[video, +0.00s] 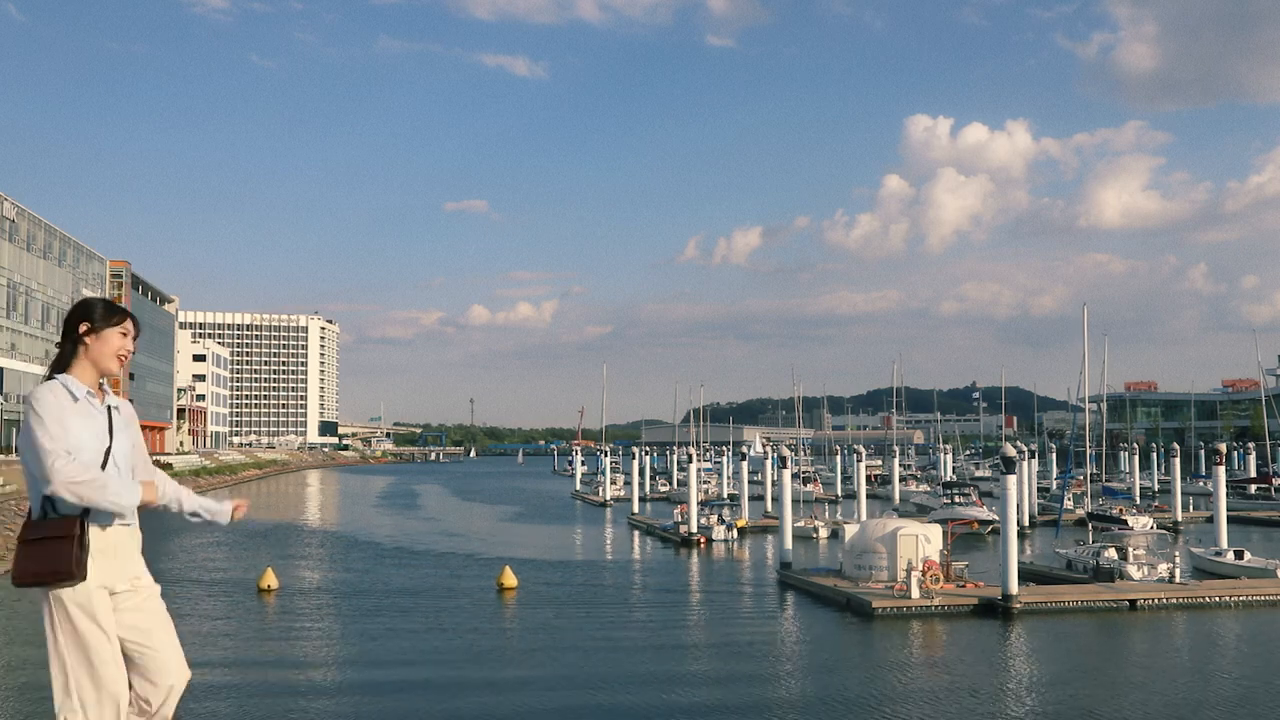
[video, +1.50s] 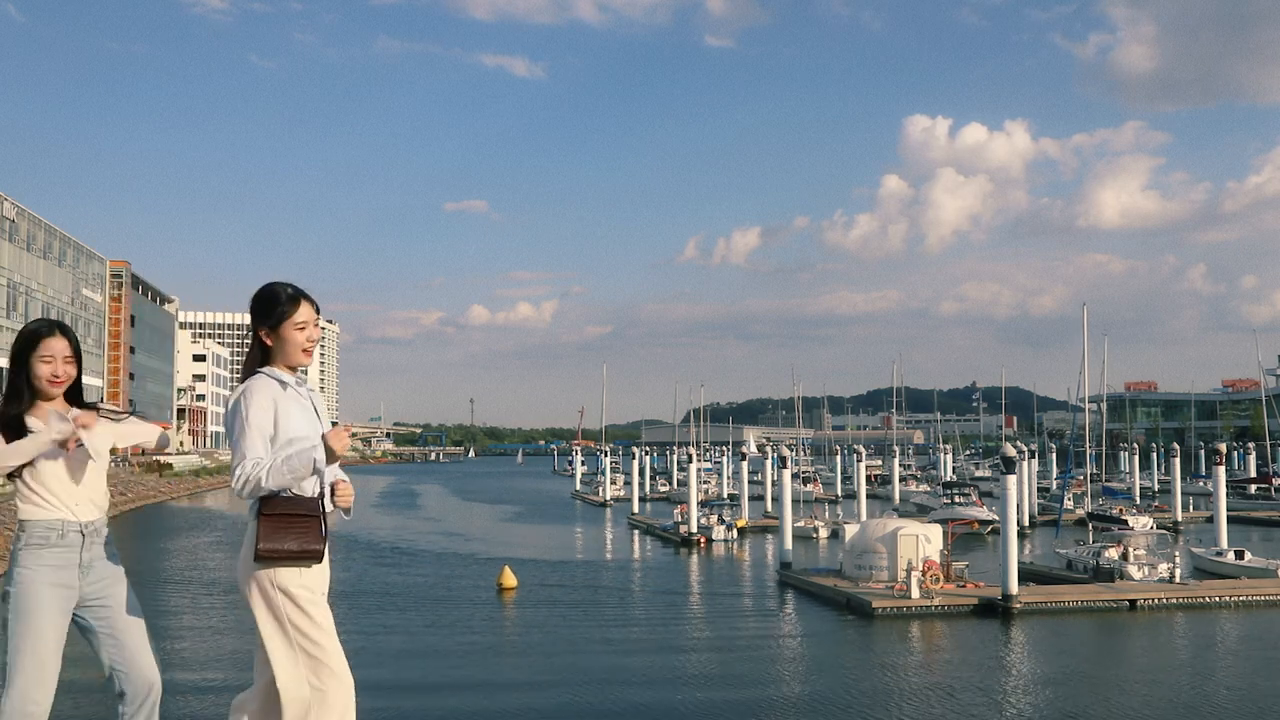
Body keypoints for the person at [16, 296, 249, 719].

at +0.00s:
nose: (130, 349)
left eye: (132, 341)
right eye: (122, 335)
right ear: (86, 333)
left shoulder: (121, 409)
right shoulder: (47, 398)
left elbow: (149, 481)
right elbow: (60, 479)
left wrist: (219, 509)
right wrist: (136, 493)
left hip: (126, 555)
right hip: (76, 556)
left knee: (168, 676)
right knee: (99, 696)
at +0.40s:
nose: (189, 341)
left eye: (190, 332)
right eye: (180, 329)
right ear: (145, 331)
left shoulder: (178, 408)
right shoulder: (118, 396)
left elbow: (195, 498)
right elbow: (124, 478)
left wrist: (259, 475)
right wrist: (191, 472)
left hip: (189, 552)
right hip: (142, 553)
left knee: (219, 685)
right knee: (133, 695)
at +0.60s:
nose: (218, 335)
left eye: (219, 325)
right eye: (209, 323)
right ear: (175, 326)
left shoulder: (207, 398)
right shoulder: (154, 388)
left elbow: (221, 490)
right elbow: (157, 472)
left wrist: (285, 477)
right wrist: (231, 464)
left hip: (216, 537)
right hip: (173, 536)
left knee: (231, 682)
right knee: (148, 681)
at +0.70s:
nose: (230, 344)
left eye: (231, 333)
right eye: (221, 332)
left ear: (196, 339)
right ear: (187, 337)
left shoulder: (213, 405)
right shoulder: (165, 401)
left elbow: (233, 495)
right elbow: (172, 495)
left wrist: (294, 545)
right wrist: (248, 538)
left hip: (232, 560)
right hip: (190, 561)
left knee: (250, 699)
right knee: (192, 701)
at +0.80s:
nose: (240, 351)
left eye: (241, 341)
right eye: (229, 340)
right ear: (195, 348)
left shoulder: (222, 411)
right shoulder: (184, 409)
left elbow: (256, 497)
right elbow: (197, 502)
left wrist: (291, 565)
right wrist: (260, 559)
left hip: (236, 572)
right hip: (209, 574)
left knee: (259, 698)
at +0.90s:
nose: (252, 342)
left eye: (252, 332)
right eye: (241, 332)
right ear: (206, 340)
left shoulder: (231, 398)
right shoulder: (202, 397)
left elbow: (255, 483)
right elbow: (195, 487)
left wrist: (293, 525)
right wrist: (269, 499)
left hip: (236, 561)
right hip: (212, 566)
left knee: (245, 683)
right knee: (295, 671)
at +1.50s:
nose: (313, 336)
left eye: (315, 325)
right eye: (301, 326)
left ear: (316, 329)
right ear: (268, 335)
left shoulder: (305, 392)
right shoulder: (257, 391)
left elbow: (312, 468)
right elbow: (246, 478)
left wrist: (340, 488)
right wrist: (321, 450)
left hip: (310, 543)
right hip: (277, 546)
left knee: (280, 683)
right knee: (332, 685)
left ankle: (246, 713)